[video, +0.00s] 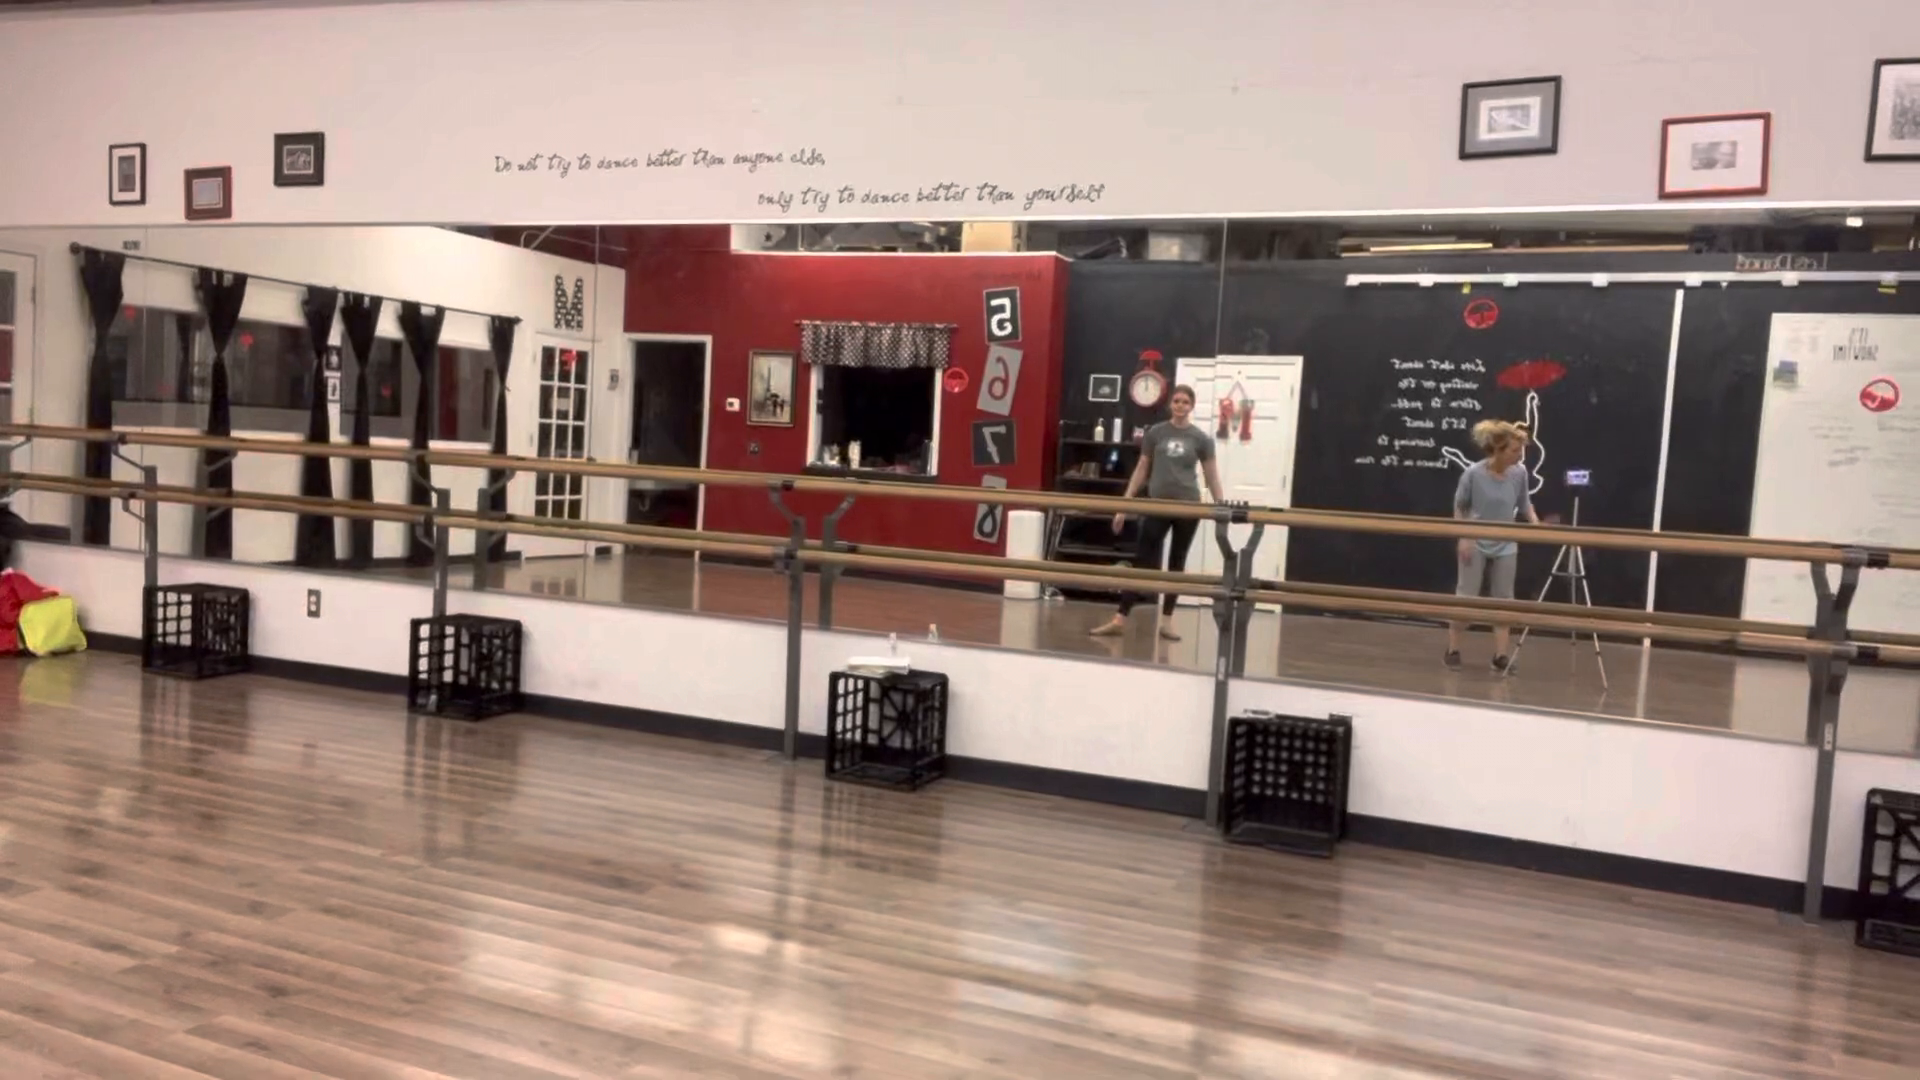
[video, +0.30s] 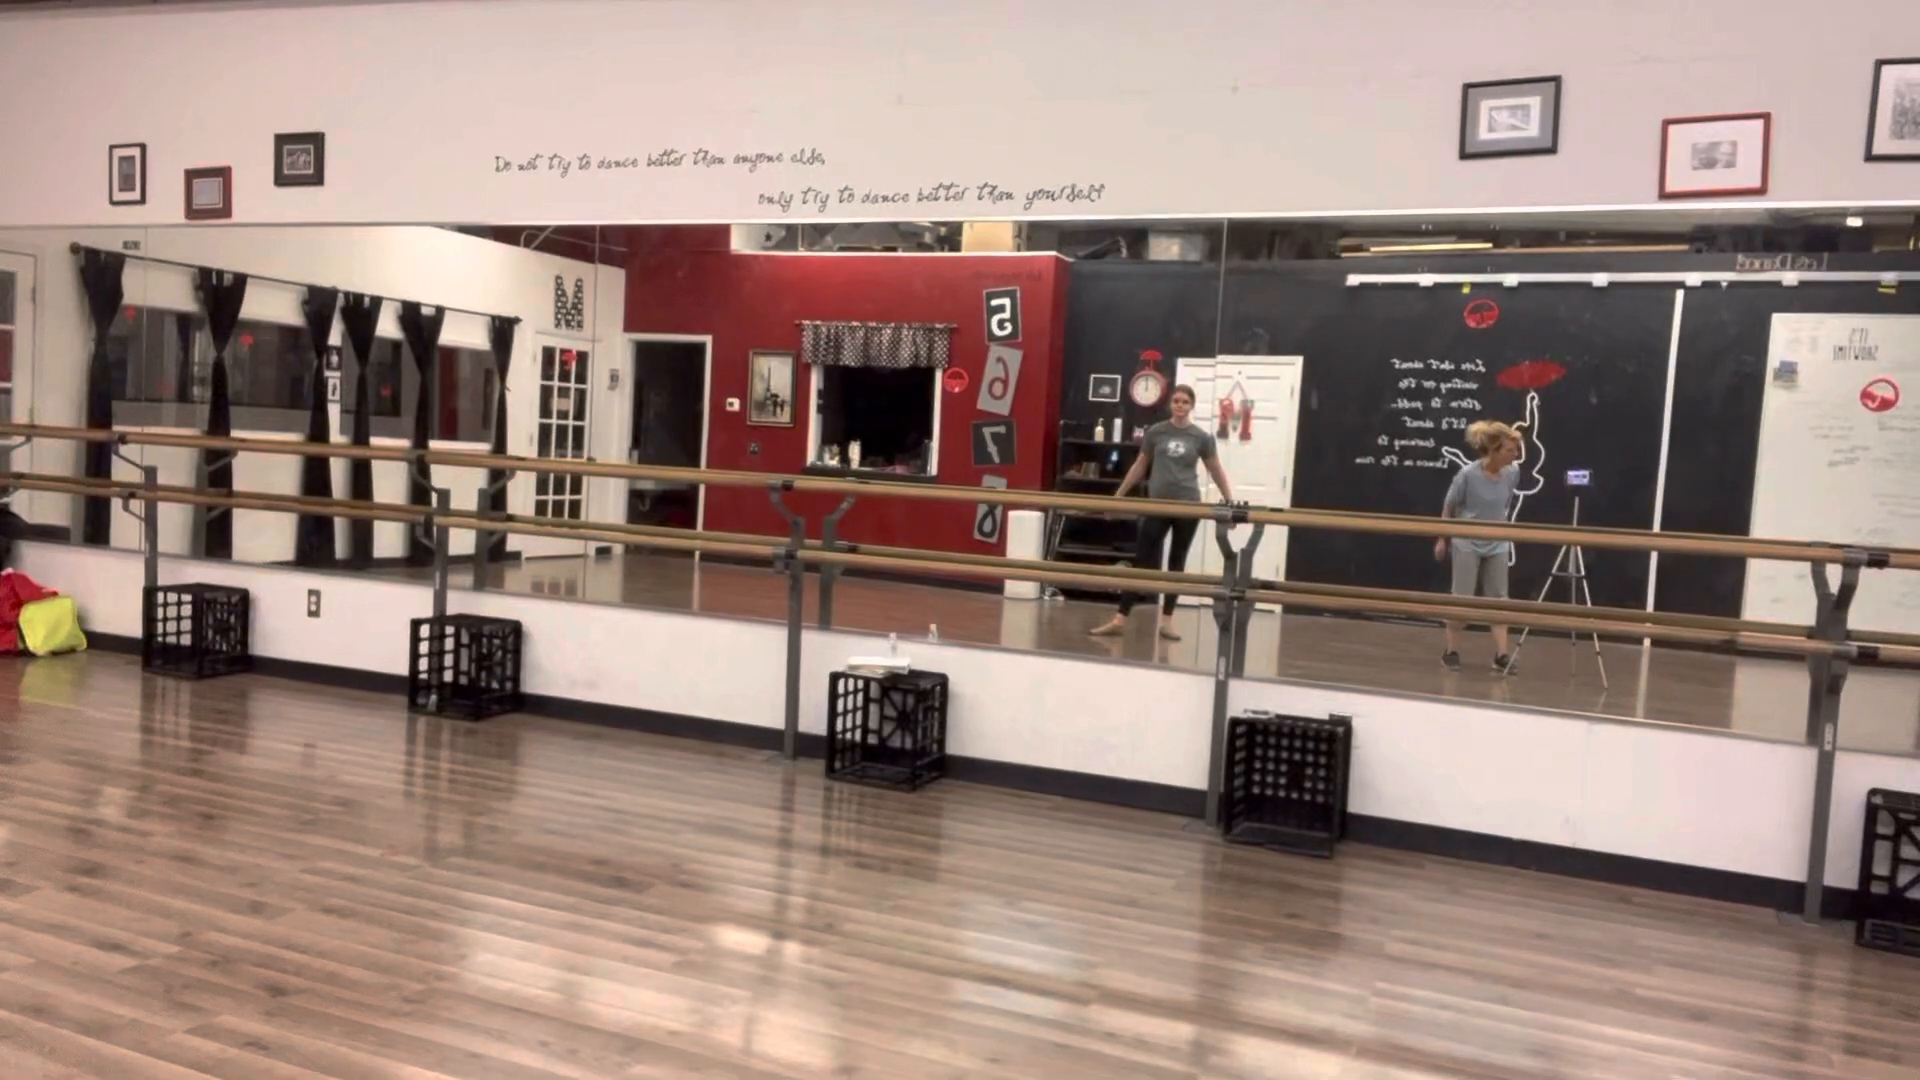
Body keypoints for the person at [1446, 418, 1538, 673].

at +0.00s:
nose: (1520, 454)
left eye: (1521, 449)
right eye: (1515, 449)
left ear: (1519, 450)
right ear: (1498, 449)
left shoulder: (1519, 473)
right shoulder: (1473, 473)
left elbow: (1525, 502)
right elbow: (1459, 507)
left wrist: (1535, 522)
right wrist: (1463, 537)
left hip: (1506, 543)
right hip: (1475, 542)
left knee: (1504, 599)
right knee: (1466, 596)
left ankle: (1501, 654)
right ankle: (1453, 648)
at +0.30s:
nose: (1514, 454)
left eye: (1516, 449)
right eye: (1510, 449)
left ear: (1513, 451)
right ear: (1493, 449)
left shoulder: (1512, 473)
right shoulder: (1467, 475)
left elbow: (1506, 505)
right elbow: (1449, 506)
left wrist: (1503, 535)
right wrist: (1443, 536)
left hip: (1498, 542)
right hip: (1467, 542)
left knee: (1499, 598)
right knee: (1462, 598)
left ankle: (1502, 654)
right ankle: (1451, 649)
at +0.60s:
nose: (1519, 451)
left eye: (1520, 445)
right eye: (1513, 445)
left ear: (1522, 447)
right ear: (1497, 447)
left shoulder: (1520, 473)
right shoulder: (1476, 473)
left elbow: (1516, 506)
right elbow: (1459, 506)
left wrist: (1510, 530)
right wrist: (1461, 535)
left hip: (1506, 543)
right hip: (1474, 543)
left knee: (1516, 598)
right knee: (1466, 597)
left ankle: (1524, 651)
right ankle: (1451, 650)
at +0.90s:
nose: (1542, 449)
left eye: (1548, 446)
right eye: (1538, 443)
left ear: (1553, 451)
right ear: (1527, 444)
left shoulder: (1554, 477)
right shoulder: (1506, 471)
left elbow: (1558, 515)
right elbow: (1490, 505)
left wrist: (1559, 546)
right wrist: (1485, 535)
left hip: (1537, 547)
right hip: (1502, 544)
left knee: (1538, 604)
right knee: (1481, 597)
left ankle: (1535, 655)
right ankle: (1457, 648)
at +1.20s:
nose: (1564, 446)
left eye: (1571, 443)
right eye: (1561, 439)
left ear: (1578, 450)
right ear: (1552, 441)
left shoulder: (1579, 477)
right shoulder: (1528, 466)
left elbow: (1585, 517)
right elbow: (1514, 500)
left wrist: (1585, 547)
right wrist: (1506, 530)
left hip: (1557, 549)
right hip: (1522, 543)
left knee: (1546, 603)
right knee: (1508, 597)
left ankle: (1536, 654)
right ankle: (1504, 646)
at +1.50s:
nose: (1561, 440)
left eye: (1569, 437)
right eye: (1560, 435)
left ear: (1580, 445)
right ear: (1555, 439)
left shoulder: (1586, 475)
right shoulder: (1541, 469)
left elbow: (1595, 514)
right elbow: (1530, 504)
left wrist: (1595, 547)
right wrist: (1522, 531)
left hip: (1567, 549)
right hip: (1538, 546)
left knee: (1548, 602)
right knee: (1541, 603)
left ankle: (1535, 654)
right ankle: (1568, 642)